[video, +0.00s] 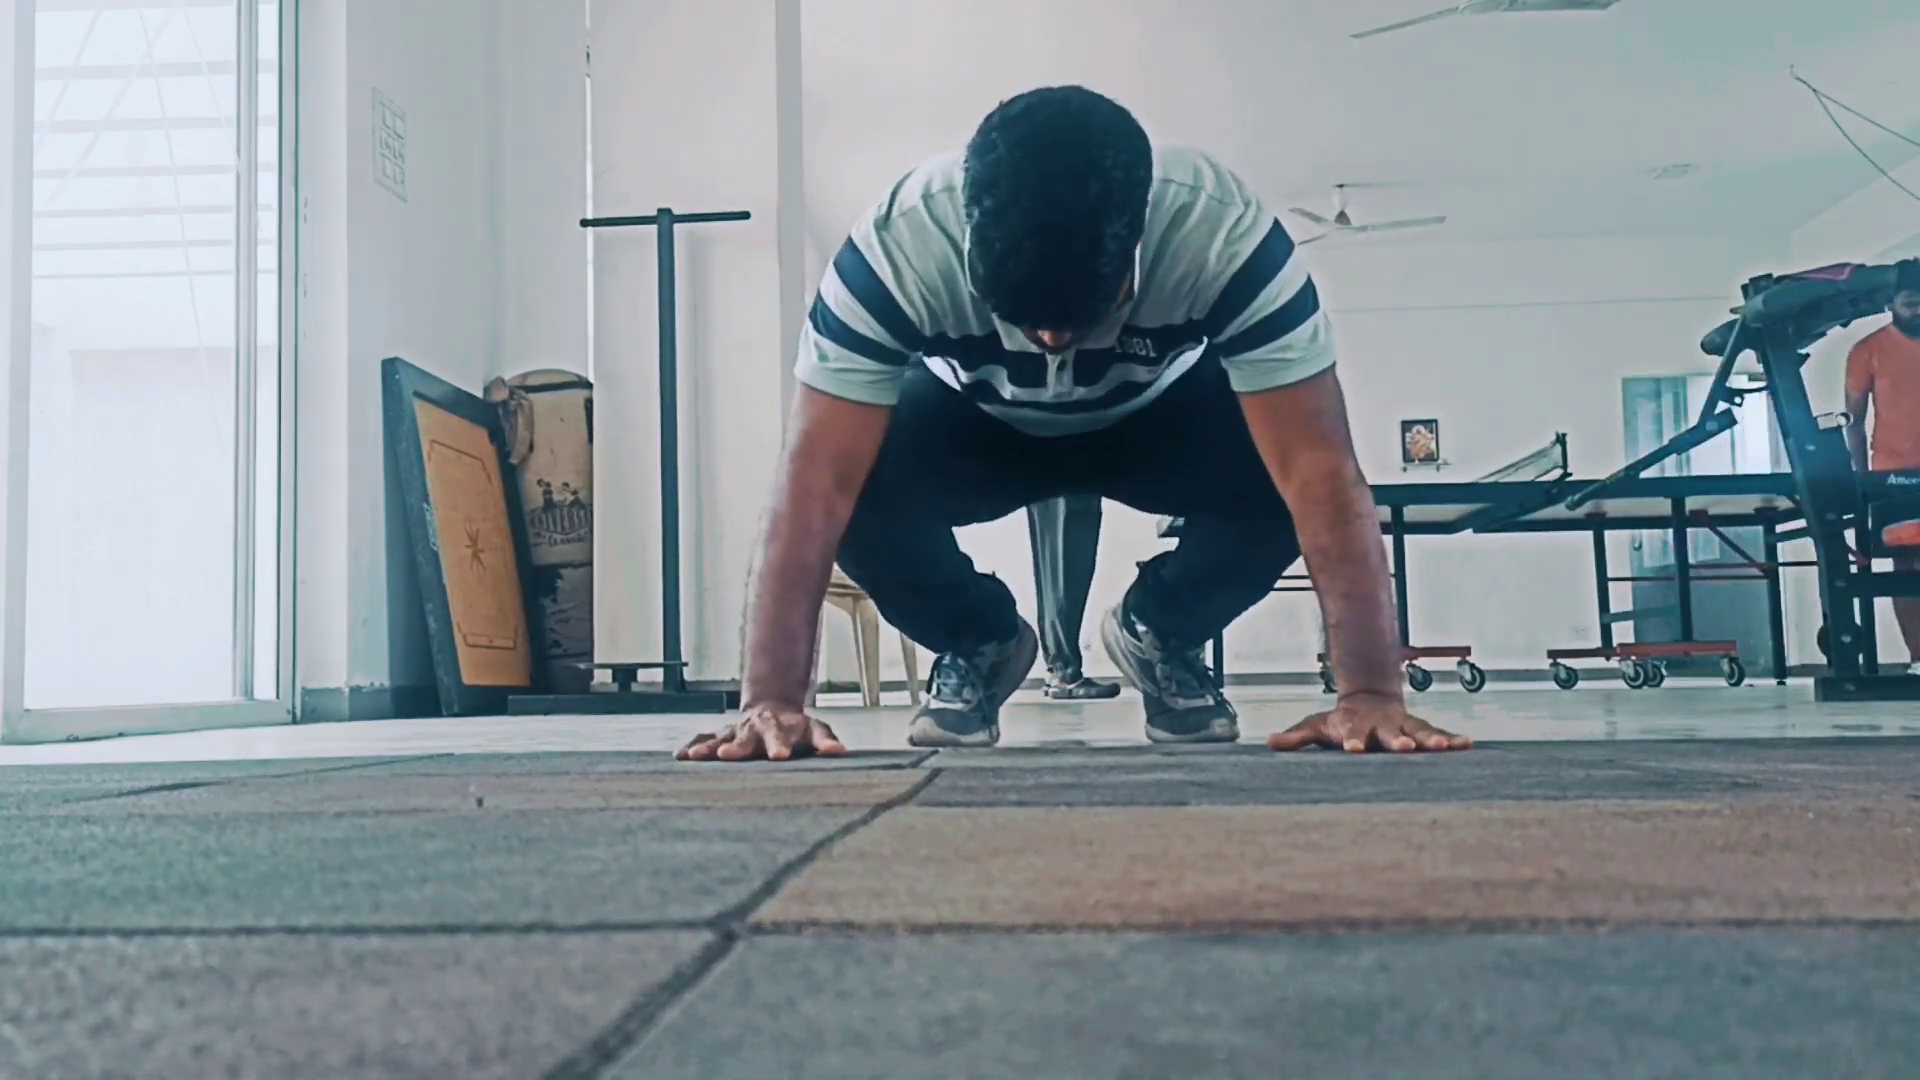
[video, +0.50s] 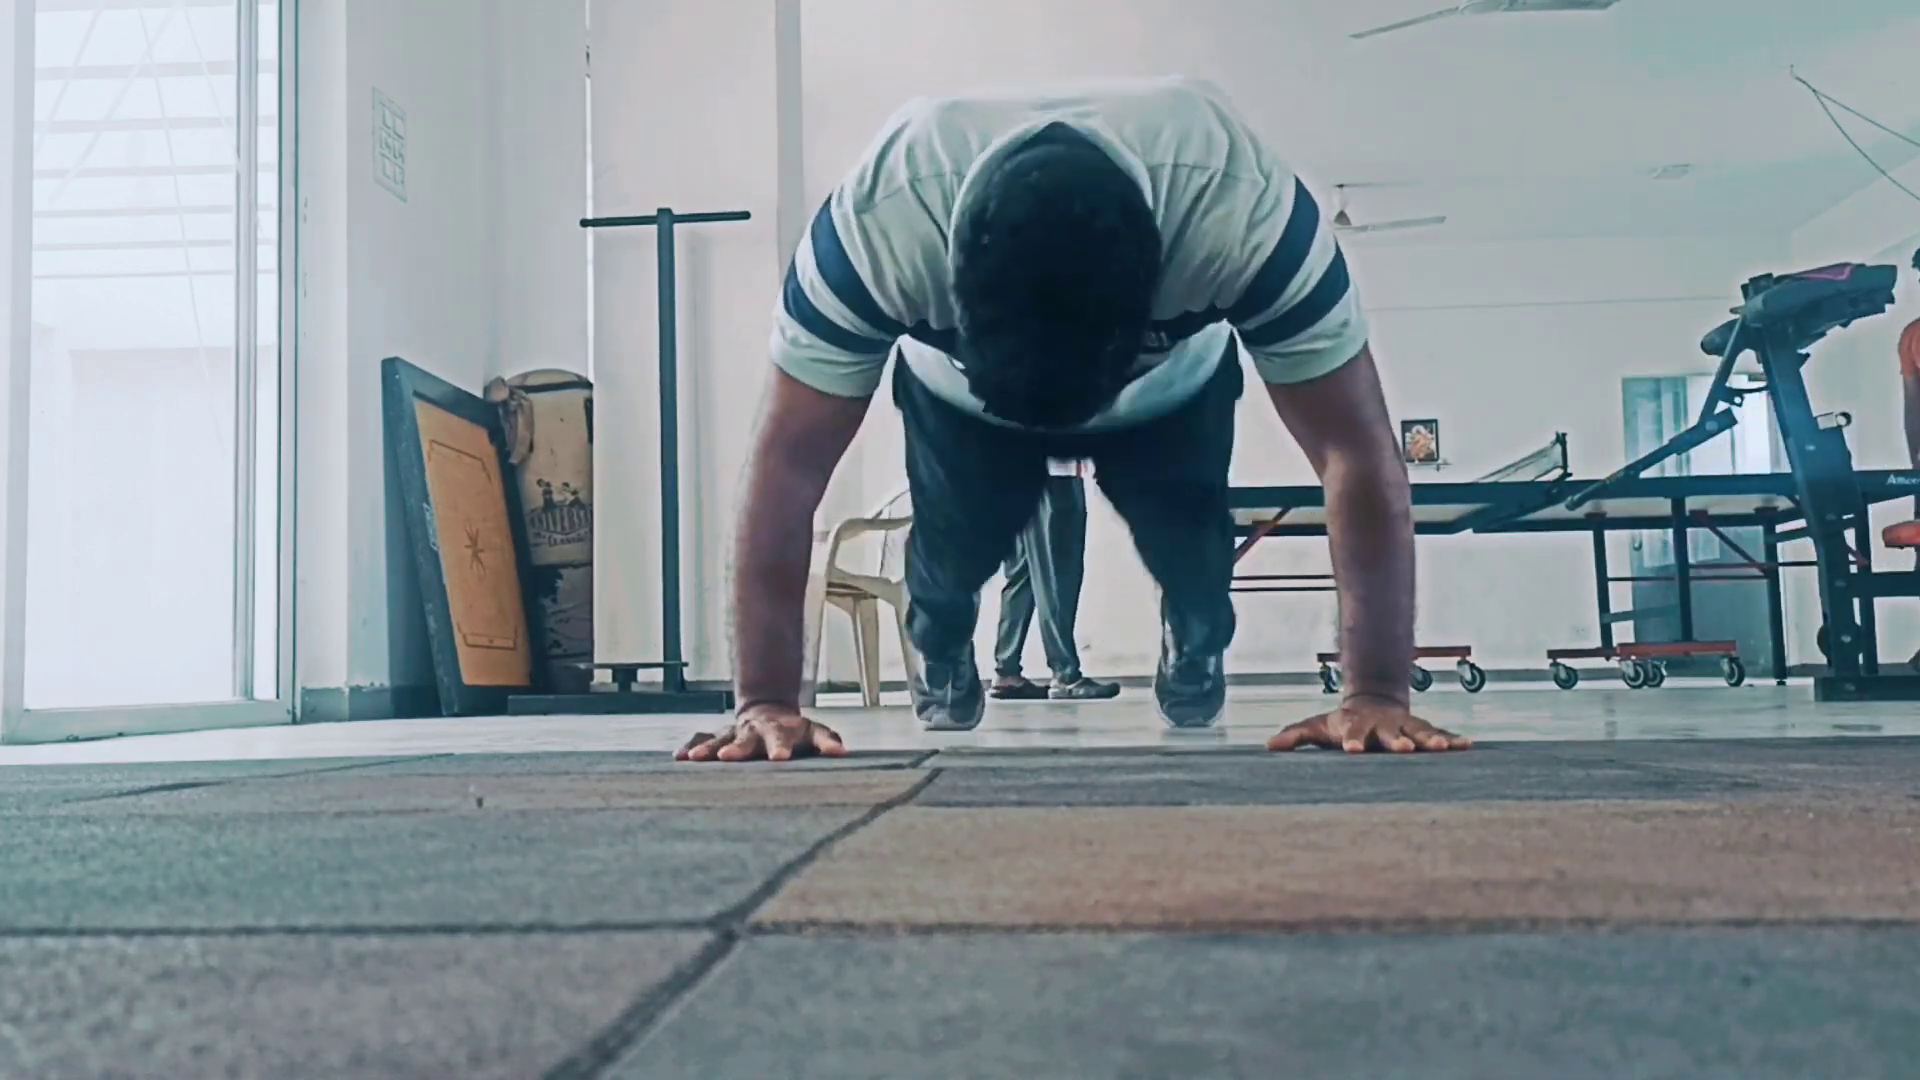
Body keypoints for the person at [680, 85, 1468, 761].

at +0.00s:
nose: (1058, 349)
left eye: (1090, 327)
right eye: (1029, 330)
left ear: (1139, 245)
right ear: (977, 244)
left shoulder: (1227, 235)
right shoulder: (900, 252)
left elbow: (1321, 476)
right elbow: (819, 476)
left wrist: (1372, 691)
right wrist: (772, 699)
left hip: (1158, 416)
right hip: (981, 421)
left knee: (1292, 494)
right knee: (851, 492)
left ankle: (1165, 626)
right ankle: (983, 638)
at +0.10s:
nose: (1060, 373)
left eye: (1086, 352)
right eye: (1025, 352)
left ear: (1144, 268)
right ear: (971, 257)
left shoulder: (1233, 229)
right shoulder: (896, 238)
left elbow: (1334, 460)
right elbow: (804, 469)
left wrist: (1375, 691)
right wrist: (771, 698)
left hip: (1157, 357)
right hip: (974, 363)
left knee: (1264, 477)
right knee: (868, 490)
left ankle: (1161, 629)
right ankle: (985, 642)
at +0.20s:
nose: (1077, 434)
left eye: (1098, 410)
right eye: (1048, 415)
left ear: (1150, 307)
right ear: (978, 293)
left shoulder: (1232, 220)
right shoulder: (898, 228)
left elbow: (1349, 456)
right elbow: (804, 462)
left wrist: (1375, 694)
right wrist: (771, 699)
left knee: (1253, 444)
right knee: (885, 456)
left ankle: (1167, 630)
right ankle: (980, 635)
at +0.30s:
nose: (1079, 446)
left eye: (1092, 422)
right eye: (1050, 428)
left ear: (1145, 317)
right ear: (974, 303)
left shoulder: (1224, 202)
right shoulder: (896, 216)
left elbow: (1347, 448)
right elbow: (800, 457)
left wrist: (1377, 694)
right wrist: (769, 700)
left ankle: (1171, 564)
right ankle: (966, 589)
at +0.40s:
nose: (1064, 448)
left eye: (1082, 429)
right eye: (1036, 427)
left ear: (1146, 319)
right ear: (965, 297)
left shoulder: (1239, 214)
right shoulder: (888, 226)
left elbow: (1360, 451)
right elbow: (789, 455)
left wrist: (1377, 696)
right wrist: (768, 700)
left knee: (1210, 499)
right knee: (930, 508)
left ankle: (1190, 573)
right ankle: (944, 609)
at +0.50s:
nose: (1064, 439)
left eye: (1097, 402)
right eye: (1023, 414)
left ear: (1151, 300)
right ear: (961, 284)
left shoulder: (1249, 216)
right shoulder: (880, 230)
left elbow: (1363, 454)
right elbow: (790, 461)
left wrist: (1379, 693)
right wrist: (766, 700)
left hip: (1169, 339)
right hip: (962, 350)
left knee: (1188, 541)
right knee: (965, 540)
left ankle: (1197, 647)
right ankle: (941, 643)